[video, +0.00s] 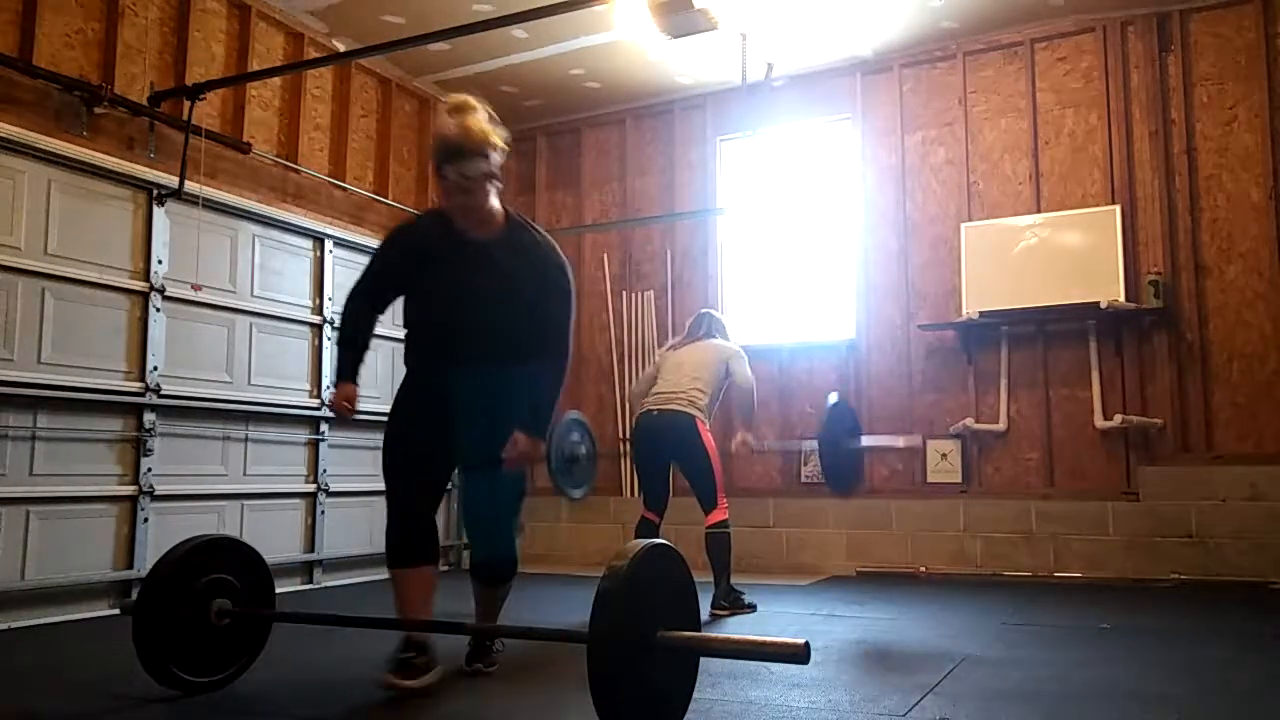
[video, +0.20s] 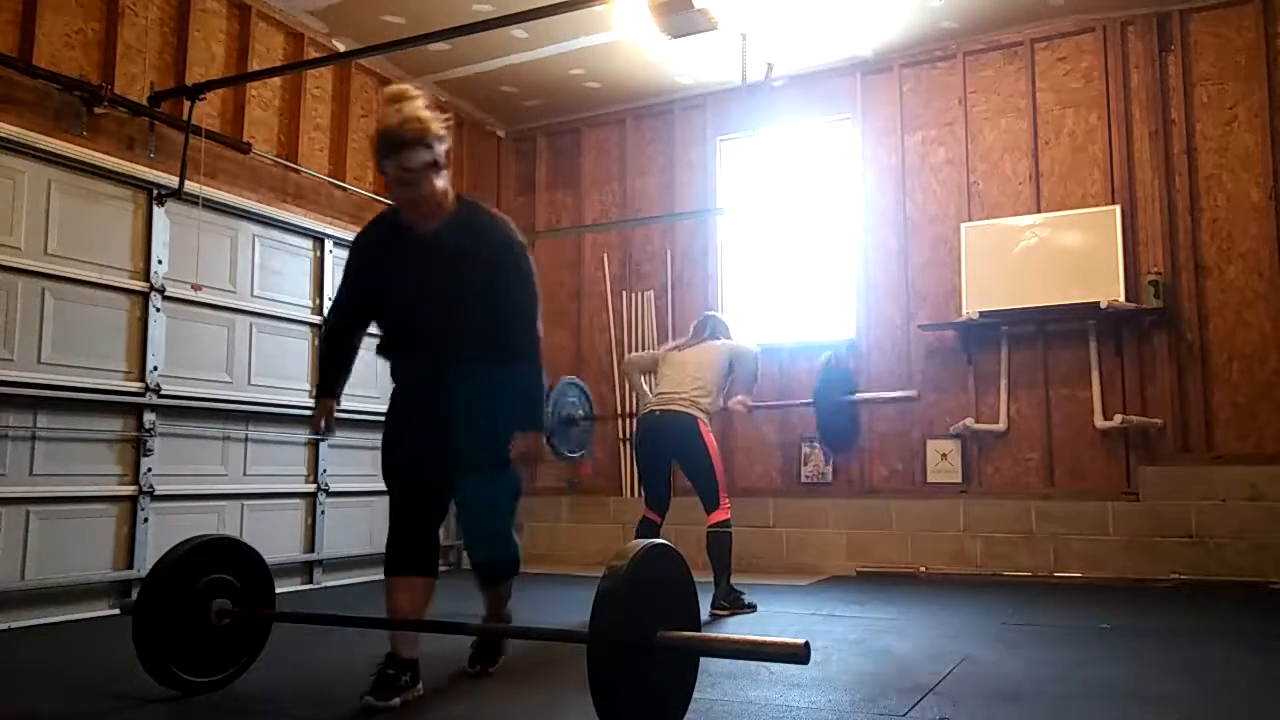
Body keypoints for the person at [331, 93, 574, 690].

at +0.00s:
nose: (476, 194)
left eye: (485, 181)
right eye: (463, 182)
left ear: (501, 174)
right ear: (440, 178)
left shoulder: (541, 259)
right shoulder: (414, 241)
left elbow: (554, 351)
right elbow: (364, 305)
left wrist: (534, 425)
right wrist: (347, 376)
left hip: (502, 413)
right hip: (425, 405)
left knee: (491, 529)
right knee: (408, 514)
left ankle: (485, 637)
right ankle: (417, 645)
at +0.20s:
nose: (423, 186)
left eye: (433, 170)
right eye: (407, 176)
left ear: (449, 164)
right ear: (384, 176)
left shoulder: (493, 237)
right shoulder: (377, 244)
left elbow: (523, 334)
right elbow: (344, 322)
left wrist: (529, 421)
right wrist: (328, 394)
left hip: (490, 411)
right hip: (416, 409)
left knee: (489, 537)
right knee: (409, 534)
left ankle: (496, 619)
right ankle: (403, 662)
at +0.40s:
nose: (374, 237)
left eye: (383, 219)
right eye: (358, 227)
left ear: (403, 205)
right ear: (340, 225)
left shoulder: (458, 257)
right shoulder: (347, 289)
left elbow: (488, 364)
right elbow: (338, 381)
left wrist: (503, 458)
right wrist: (329, 463)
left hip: (489, 399)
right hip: (418, 406)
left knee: (486, 518)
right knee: (411, 525)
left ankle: (502, 654)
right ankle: (403, 662)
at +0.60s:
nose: (333, 339)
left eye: (342, 321)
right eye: (321, 326)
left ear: (369, 306)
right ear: (311, 321)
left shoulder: (444, 346)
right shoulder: (333, 381)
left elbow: (470, 468)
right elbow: (323, 482)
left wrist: (478, 581)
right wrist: (313, 577)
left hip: (514, 418)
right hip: (432, 436)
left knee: (476, 532)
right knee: (392, 516)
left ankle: (483, 673)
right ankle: (402, 664)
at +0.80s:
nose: (320, 372)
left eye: (330, 355)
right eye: (309, 360)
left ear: (364, 338)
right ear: (301, 356)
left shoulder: (436, 372)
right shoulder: (326, 412)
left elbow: (469, 509)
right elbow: (315, 502)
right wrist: (304, 592)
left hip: (522, 430)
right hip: (437, 446)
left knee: (464, 529)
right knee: (385, 514)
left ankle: (482, 673)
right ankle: (400, 665)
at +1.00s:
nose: (322, 324)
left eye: (332, 308)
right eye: (312, 313)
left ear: (366, 298)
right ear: (305, 312)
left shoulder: (442, 335)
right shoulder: (339, 369)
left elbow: (478, 464)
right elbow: (326, 463)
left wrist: (483, 563)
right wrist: (313, 555)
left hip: (518, 405)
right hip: (435, 429)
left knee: (474, 528)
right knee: (400, 521)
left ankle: (484, 673)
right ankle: (401, 665)